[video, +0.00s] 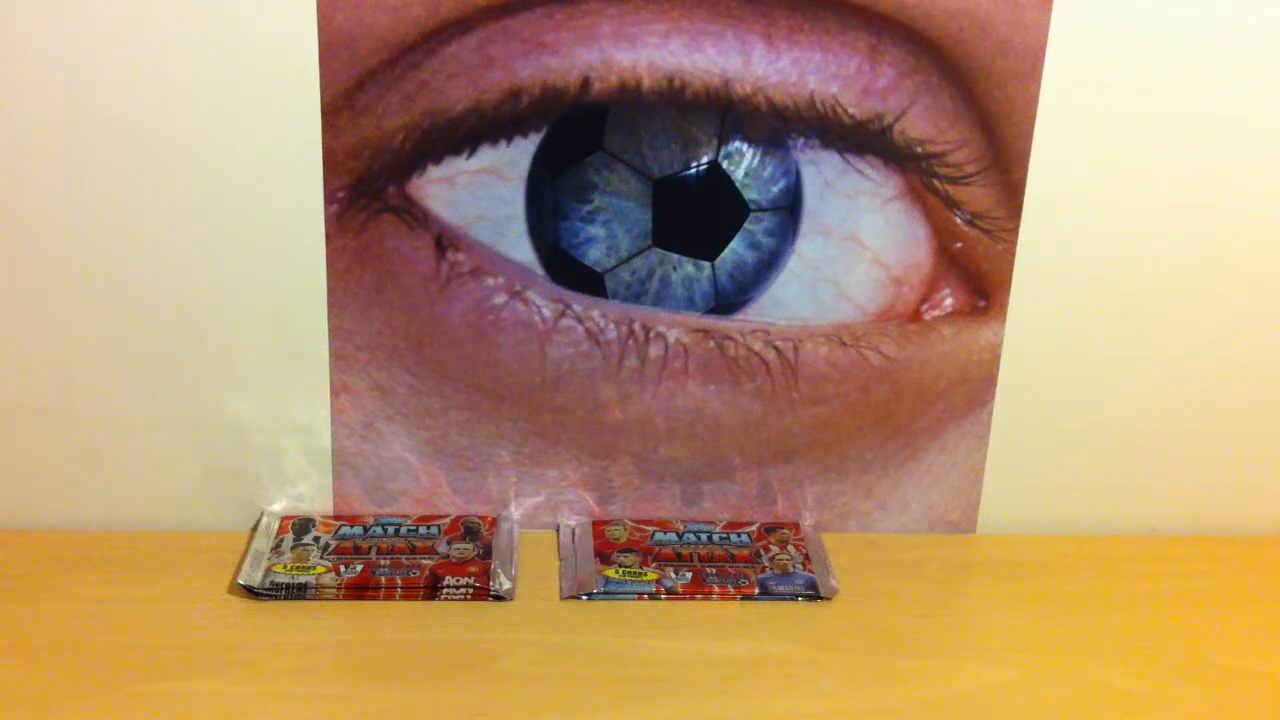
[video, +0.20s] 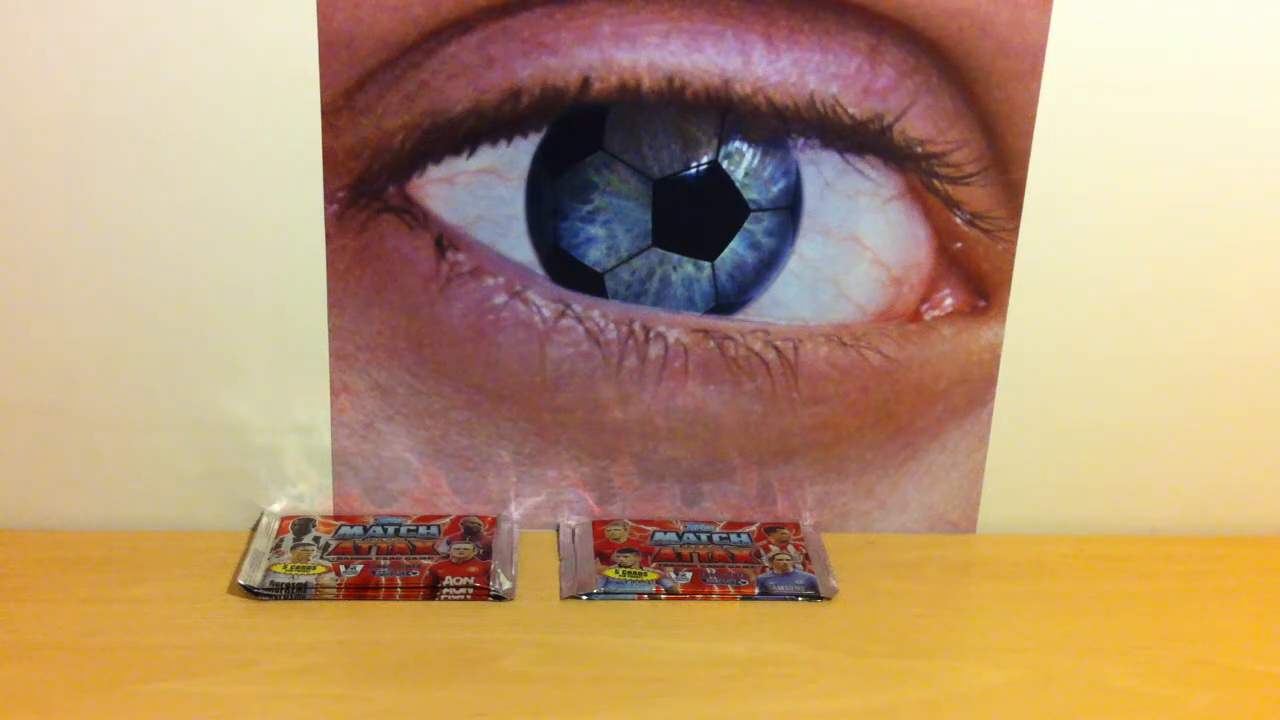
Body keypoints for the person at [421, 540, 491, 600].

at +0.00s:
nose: (461, 551)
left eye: (465, 548)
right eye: (456, 548)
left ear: (474, 550)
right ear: (449, 550)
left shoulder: (483, 567)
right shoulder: (436, 568)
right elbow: (426, 598)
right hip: (443, 612)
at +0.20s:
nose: (461, 551)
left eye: (465, 548)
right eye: (456, 548)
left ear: (474, 550)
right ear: (449, 550)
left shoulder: (483, 567)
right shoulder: (436, 568)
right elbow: (426, 598)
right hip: (443, 612)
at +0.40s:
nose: (461, 551)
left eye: (465, 548)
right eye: (456, 548)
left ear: (474, 550)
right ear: (449, 550)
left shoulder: (483, 567)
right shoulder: (436, 568)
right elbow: (426, 598)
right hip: (443, 612)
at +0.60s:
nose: (461, 550)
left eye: (465, 547)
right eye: (456, 547)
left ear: (474, 550)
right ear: (449, 550)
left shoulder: (484, 567)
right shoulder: (437, 568)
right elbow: (426, 598)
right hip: (443, 612)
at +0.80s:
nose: (461, 550)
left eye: (465, 547)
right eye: (456, 547)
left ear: (474, 550)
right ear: (449, 550)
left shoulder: (484, 567)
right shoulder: (437, 568)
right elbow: (426, 598)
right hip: (443, 612)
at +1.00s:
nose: (461, 550)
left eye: (465, 547)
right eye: (456, 547)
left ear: (474, 550)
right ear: (449, 550)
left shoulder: (484, 567)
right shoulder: (437, 568)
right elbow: (426, 598)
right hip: (443, 612)